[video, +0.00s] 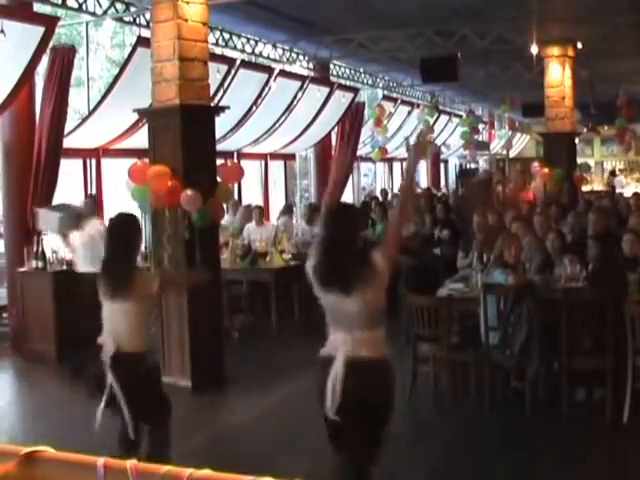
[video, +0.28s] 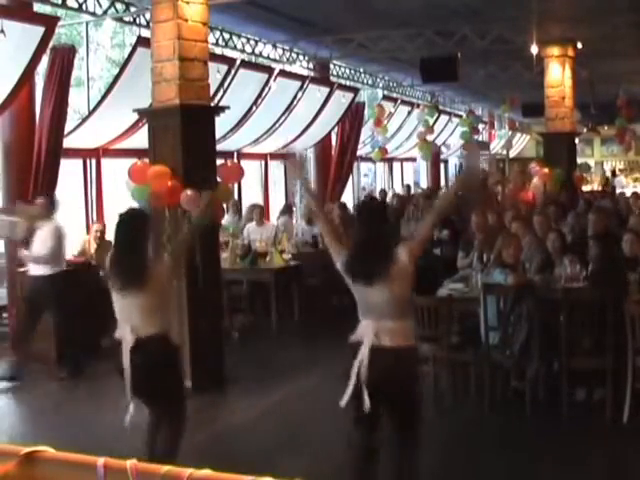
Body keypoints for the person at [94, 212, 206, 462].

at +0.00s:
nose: (140, 240)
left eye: (136, 236)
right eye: (138, 236)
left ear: (110, 241)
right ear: (137, 241)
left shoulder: (103, 280)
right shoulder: (145, 279)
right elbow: (177, 283)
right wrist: (200, 277)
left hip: (111, 356)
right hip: (136, 357)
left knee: (130, 417)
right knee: (160, 412)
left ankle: (127, 467)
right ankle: (157, 467)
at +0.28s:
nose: (151, 238)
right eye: (148, 232)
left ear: (119, 239)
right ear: (145, 239)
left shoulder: (114, 278)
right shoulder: (158, 274)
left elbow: (120, 248)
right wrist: (196, 217)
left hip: (133, 351)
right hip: (160, 348)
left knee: (155, 414)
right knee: (174, 415)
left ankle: (149, 465)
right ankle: (163, 469)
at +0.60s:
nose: (167, 225)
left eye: (162, 220)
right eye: (163, 221)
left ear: (134, 231)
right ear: (159, 228)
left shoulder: (132, 264)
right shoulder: (173, 257)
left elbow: (139, 224)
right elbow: (184, 209)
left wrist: (144, 181)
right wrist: (187, 161)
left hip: (144, 344)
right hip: (175, 344)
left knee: (151, 418)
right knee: (182, 417)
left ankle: (151, 471)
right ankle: (179, 470)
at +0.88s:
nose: (168, 221)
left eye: (163, 216)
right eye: (166, 217)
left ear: (138, 225)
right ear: (165, 224)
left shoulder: (135, 258)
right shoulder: (175, 251)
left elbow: (132, 211)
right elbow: (184, 205)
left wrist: (125, 164)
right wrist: (186, 155)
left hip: (152, 330)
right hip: (180, 326)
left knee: (170, 402)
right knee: (188, 401)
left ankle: (163, 460)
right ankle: (187, 464)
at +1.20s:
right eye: (168, 210)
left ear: (138, 216)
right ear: (167, 215)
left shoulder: (129, 247)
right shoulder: (177, 239)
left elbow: (97, 211)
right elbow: (206, 205)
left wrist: (68, 173)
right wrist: (222, 168)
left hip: (151, 321)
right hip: (181, 318)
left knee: (161, 386)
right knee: (184, 389)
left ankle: (159, 450)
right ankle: (183, 454)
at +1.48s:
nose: (168, 214)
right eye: (166, 209)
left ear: (131, 213)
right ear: (162, 213)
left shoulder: (123, 245)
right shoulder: (170, 243)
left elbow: (102, 241)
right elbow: (210, 246)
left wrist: (80, 231)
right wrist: (239, 232)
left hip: (139, 321)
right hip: (173, 320)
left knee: (140, 389)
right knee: (167, 356)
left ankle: (143, 459)